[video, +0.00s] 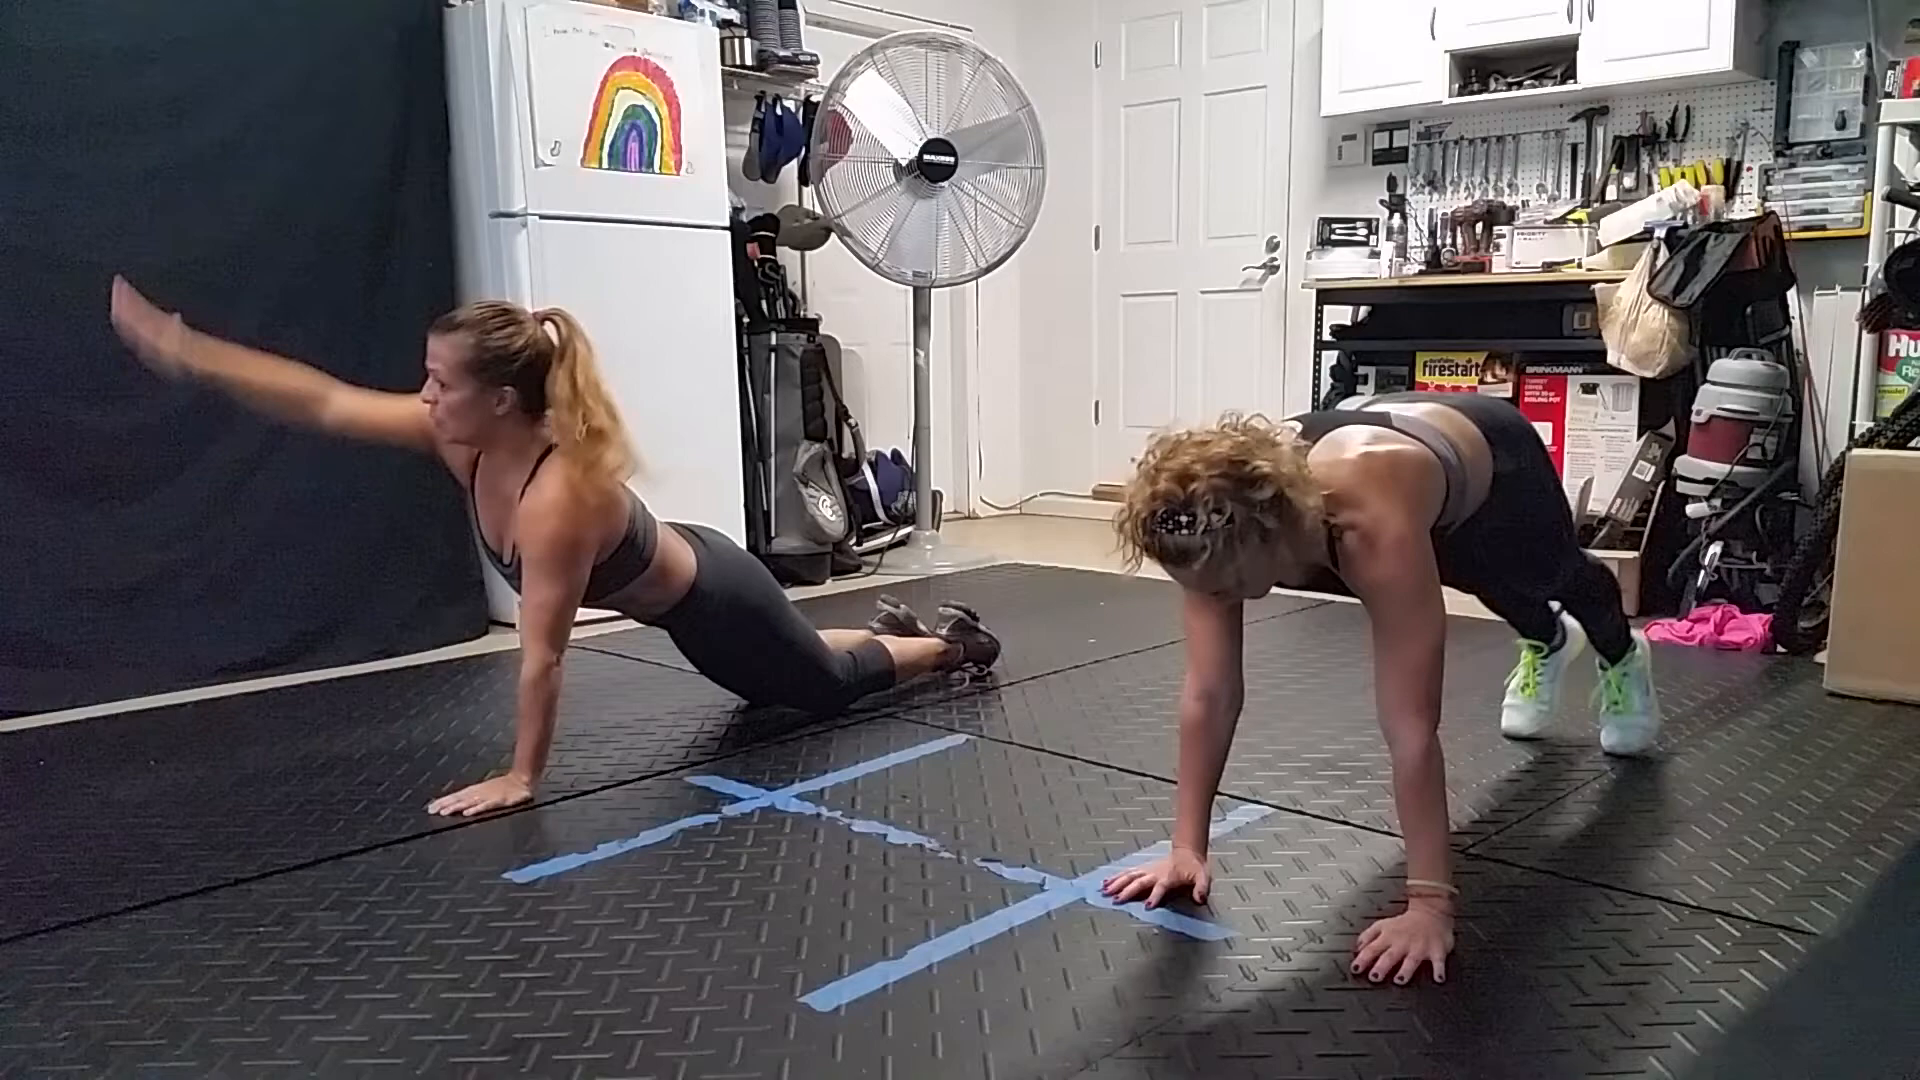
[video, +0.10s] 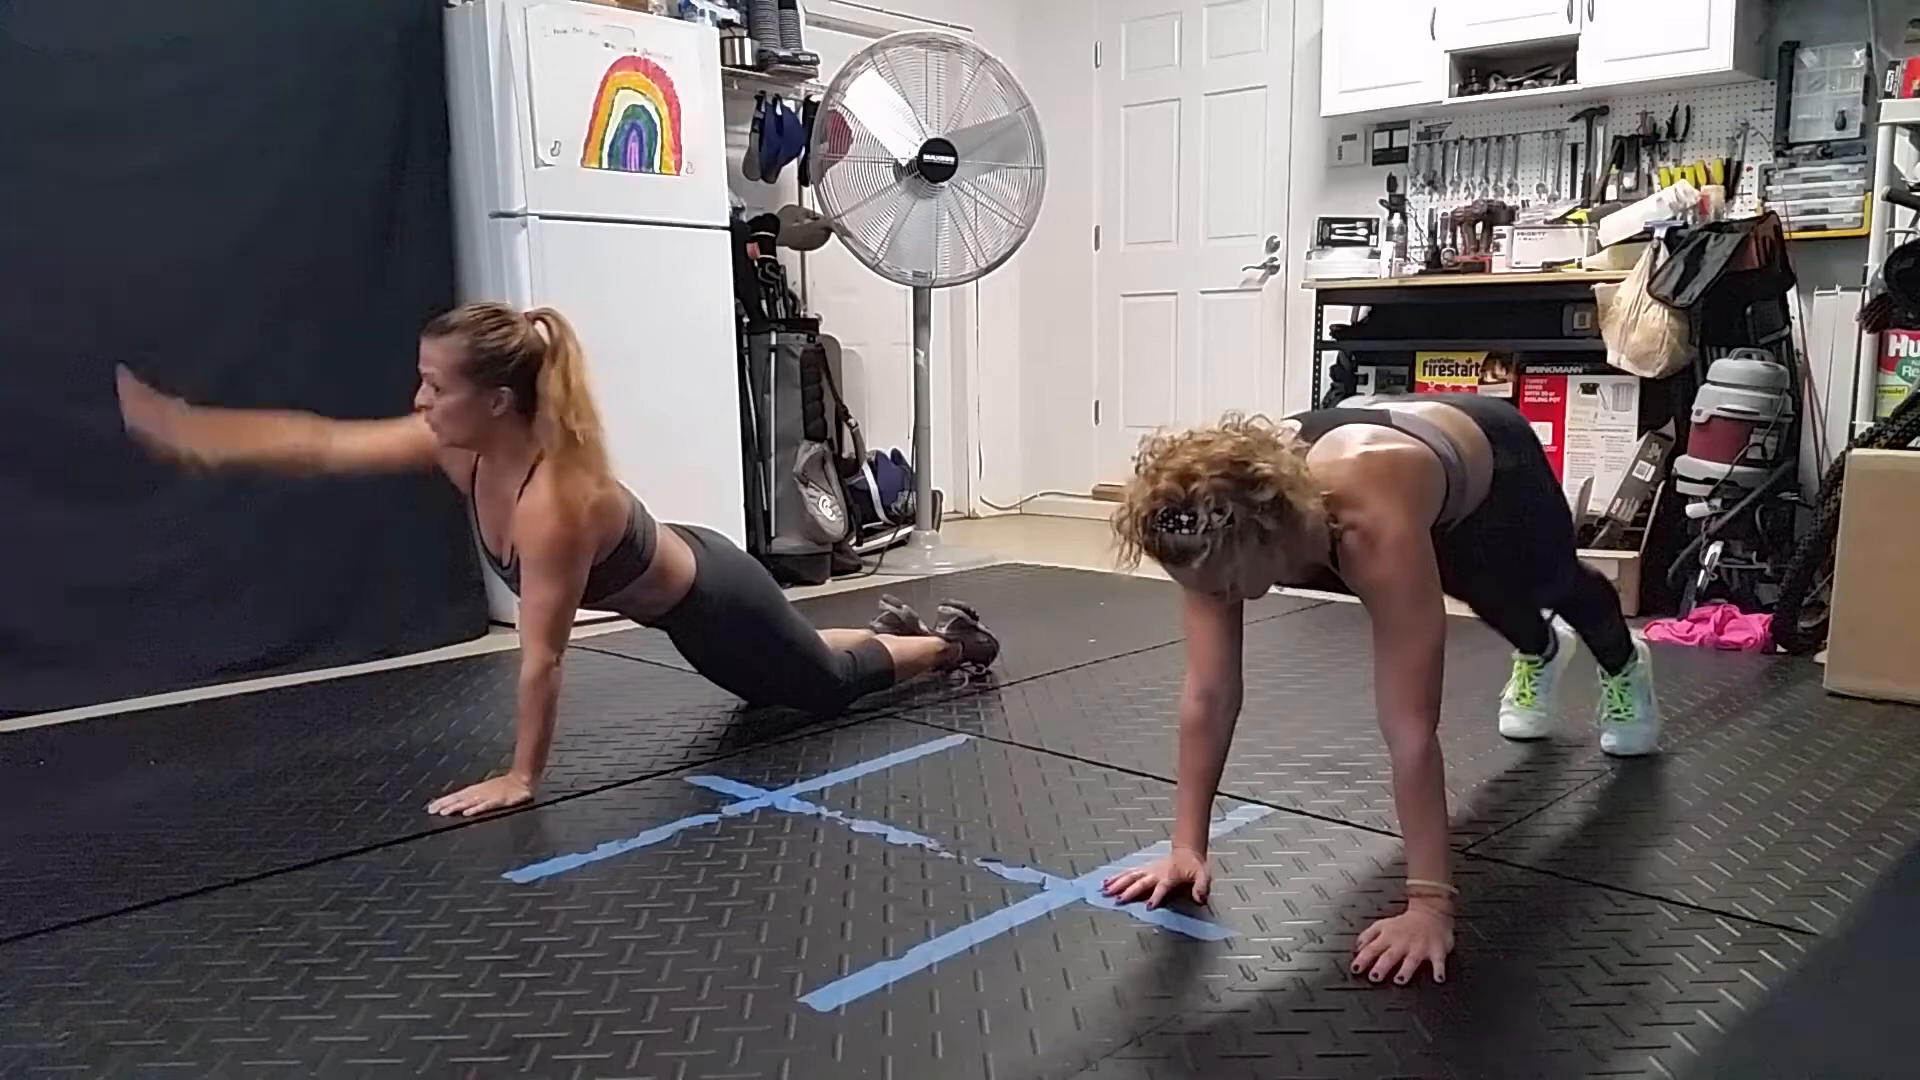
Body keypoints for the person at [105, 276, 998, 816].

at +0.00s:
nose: (423, 394)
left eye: (441, 383)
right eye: (427, 378)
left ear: (504, 401)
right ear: (463, 392)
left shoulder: (562, 493)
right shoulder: (456, 430)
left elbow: (545, 644)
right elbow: (318, 398)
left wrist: (521, 776)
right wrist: (185, 349)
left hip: (718, 606)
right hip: (679, 580)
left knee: (840, 673)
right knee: (785, 650)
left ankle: (941, 649)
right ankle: (882, 639)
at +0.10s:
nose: (419, 401)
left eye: (438, 389)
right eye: (421, 384)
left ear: (502, 404)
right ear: (469, 398)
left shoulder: (554, 505)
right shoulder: (457, 442)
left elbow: (543, 650)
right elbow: (317, 443)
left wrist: (522, 777)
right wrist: (185, 429)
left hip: (717, 606)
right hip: (680, 576)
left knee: (836, 675)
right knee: (791, 650)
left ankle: (949, 649)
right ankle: (897, 637)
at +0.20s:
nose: (410, 409)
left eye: (426, 395)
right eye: (410, 393)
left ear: (492, 404)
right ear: (471, 402)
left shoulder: (545, 510)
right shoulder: (456, 461)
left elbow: (545, 654)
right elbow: (353, 525)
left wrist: (523, 776)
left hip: (717, 609)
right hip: (682, 570)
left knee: (835, 675)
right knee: (788, 647)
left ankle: (943, 644)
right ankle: (888, 636)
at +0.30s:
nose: (395, 424)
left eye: (410, 409)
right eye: (393, 406)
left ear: (477, 410)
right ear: (455, 411)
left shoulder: (542, 505)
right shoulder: (444, 484)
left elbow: (543, 653)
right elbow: (402, 592)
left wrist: (524, 777)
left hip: (713, 601)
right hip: (673, 579)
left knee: (829, 677)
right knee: (790, 655)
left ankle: (939, 638)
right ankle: (892, 631)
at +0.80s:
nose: (305, 521)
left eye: (316, 501)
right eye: (299, 504)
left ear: (382, 479)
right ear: (360, 489)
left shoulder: (478, 534)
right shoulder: (389, 535)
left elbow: (548, 657)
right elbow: (402, 637)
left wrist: (521, 776)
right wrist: (392, 739)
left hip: (666, 620)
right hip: (629, 608)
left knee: (794, 683)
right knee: (764, 650)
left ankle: (905, 625)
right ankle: (876, 607)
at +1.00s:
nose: (289, 633)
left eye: (288, 615)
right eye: (278, 620)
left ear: (337, 577)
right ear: (329, 573)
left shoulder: (453, 591)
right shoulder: (391, 588)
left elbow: (565, 667)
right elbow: (397, 659)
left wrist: (521, 777)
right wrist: (391, 742)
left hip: (655, 644)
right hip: (611, 620)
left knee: (799, 678)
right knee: (757, 644)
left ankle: (907, 621)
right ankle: (871, 603)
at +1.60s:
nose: (286, 509)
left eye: (293, 490)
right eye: (281, 494)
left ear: (348, 475)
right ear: (334, 478)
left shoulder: (455, 526)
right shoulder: (381, 532)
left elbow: (534, 653)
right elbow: (393, 635)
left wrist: (519, 773)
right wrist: (391, 741)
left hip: (655, 613)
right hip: (624, 603)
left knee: (798, 682)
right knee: (763, 644)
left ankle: (902, 624)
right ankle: (873, 604)